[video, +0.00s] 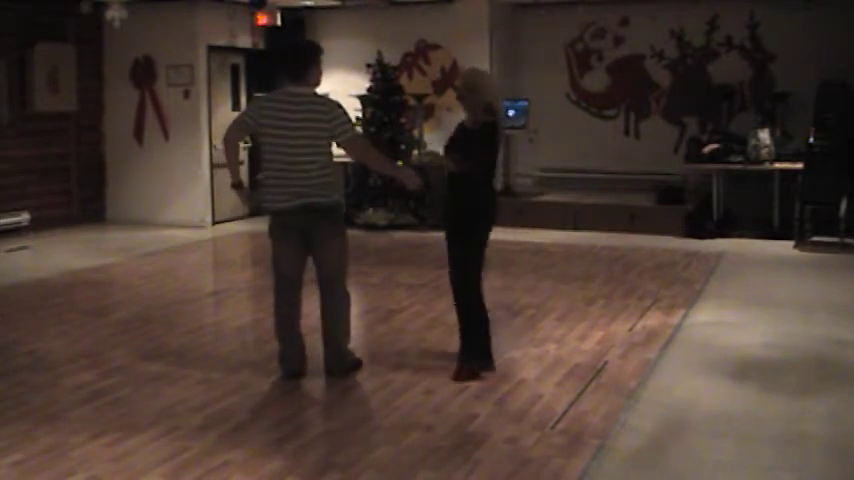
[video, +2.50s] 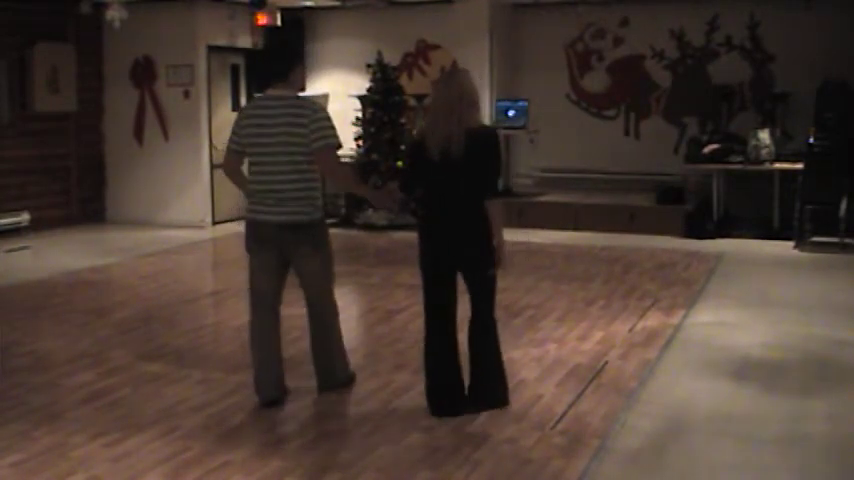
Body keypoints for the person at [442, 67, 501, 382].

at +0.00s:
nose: (459, 97)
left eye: (464, 92)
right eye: (459, 92)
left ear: (476, 95)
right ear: (477, 96)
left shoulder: (483, 128)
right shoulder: (471, 127)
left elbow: (464, 167)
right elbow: (454, 163)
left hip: (473, 214)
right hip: (463, 212)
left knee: (467, 286)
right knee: (464, 284)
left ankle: (476, 357)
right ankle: (474, 354)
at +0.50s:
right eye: (470, 90)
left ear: (435, 96)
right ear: (471, 95)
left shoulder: (425, 136)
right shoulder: (486, 132)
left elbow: (411, 183)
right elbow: (501, 185)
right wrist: (515, 222)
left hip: (441, 227)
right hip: (480, 226)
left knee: (446, 300)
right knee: (486, 297)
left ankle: (449, 379)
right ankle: (489, 379)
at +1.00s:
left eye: (444, 93)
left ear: (444, 98)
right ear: (482, 98)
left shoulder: (436, 139)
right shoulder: (493, 139)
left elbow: (412, 191)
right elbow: (502, 196)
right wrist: (515, 239)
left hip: (443, 241)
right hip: (480, 243)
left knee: (451, 314)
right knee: (478, 321)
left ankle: (448, 381)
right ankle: (476, 408)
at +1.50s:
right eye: (484, 93)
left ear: (444, 96)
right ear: (482, 98)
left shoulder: (430, 137)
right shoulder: (490, 138)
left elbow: (415, 189)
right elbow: (495, 196)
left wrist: (429, 221)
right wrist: (505, 240)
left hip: (436, 240)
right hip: (476, 239)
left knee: (439, 316)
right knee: (484, 317)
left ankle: (435, 400)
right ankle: (483, 402)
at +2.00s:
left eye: (442, 90)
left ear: (443, 98)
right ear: (483, 97)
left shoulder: (431, 140)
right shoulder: (496, 137)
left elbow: (415, 193)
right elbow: (509, 195)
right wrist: (526, 235)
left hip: (441, 243)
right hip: (483, 243)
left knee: (444, 317)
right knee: (482, 320)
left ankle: (445, 399)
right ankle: (482, 409)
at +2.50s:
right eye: (472, 95)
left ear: (436, 100)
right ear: (473, 99)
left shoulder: (423, 141)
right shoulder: (484, 138)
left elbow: (410, 192)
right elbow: (491, 197)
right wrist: (499, 242)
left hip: (434, 242)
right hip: (474, 239)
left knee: (439, 318)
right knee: (483, 313)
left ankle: (443, 397)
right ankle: (487, 392)